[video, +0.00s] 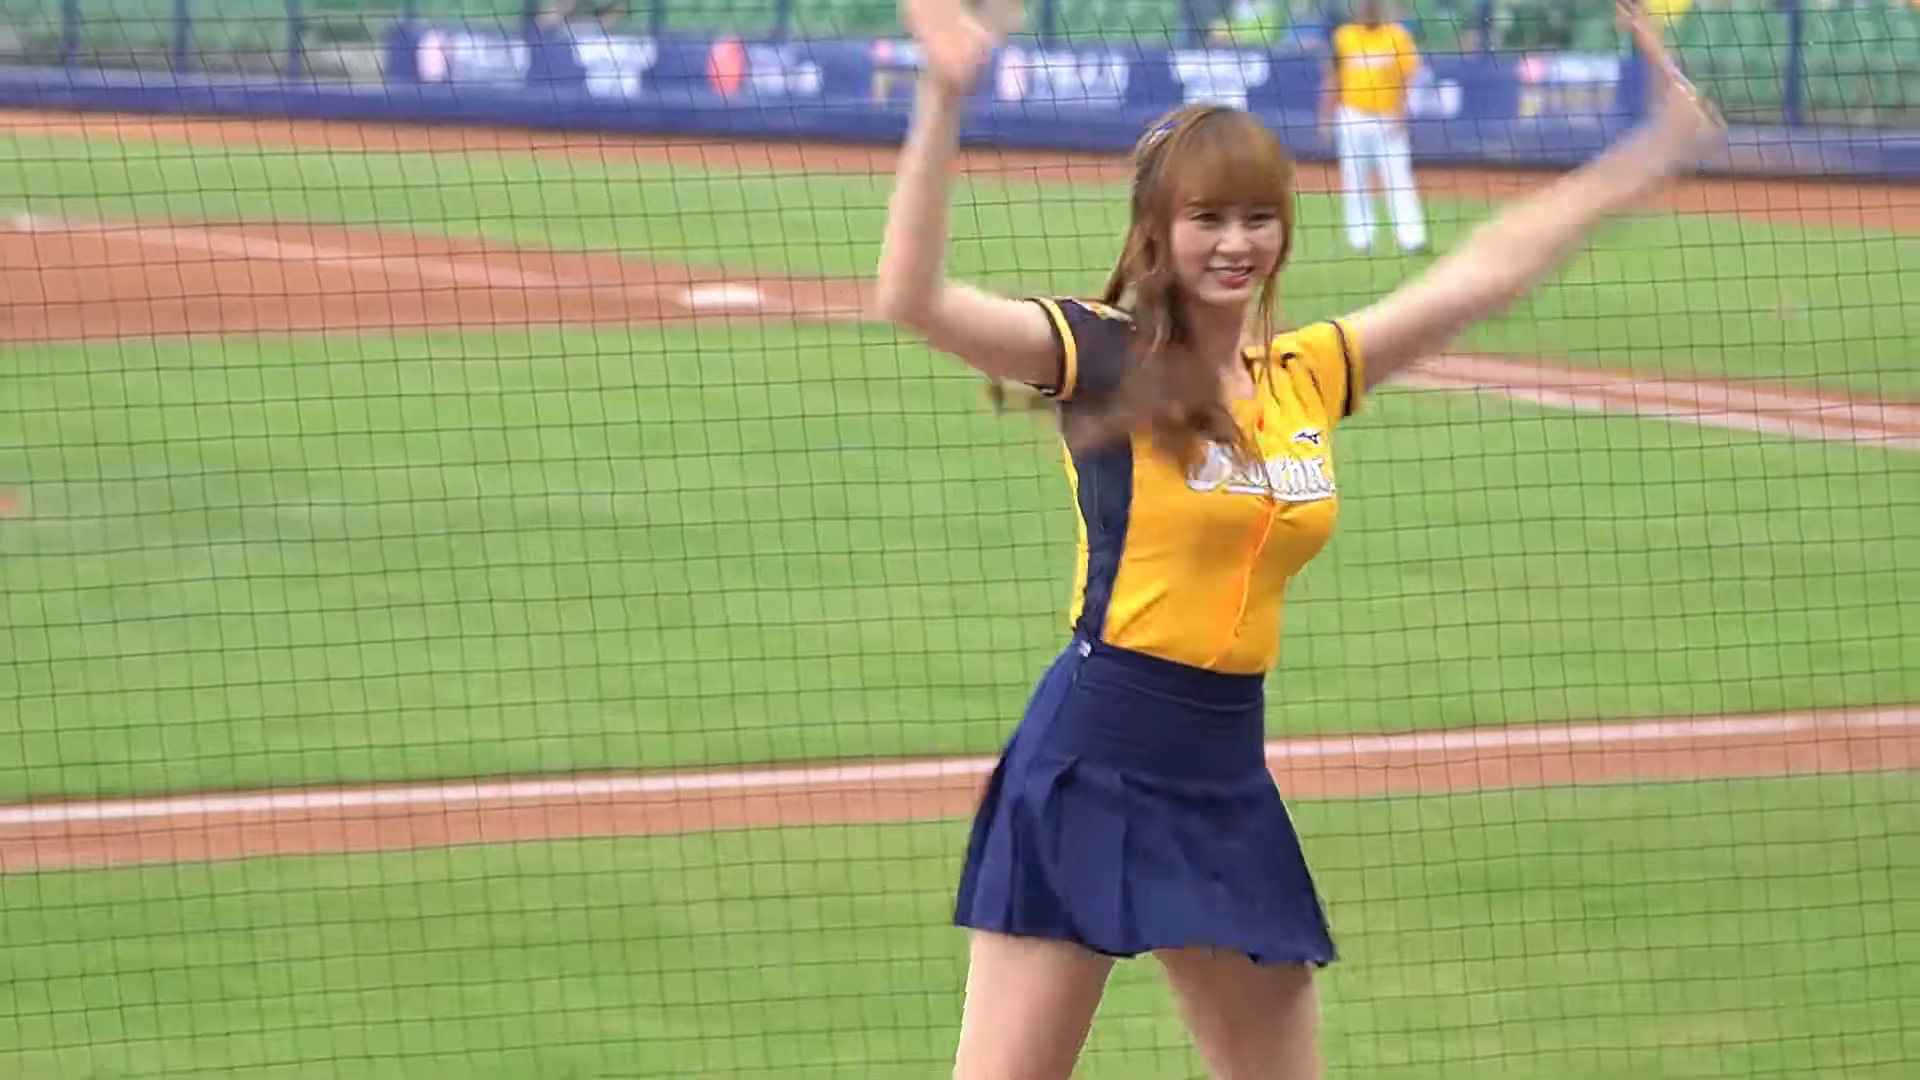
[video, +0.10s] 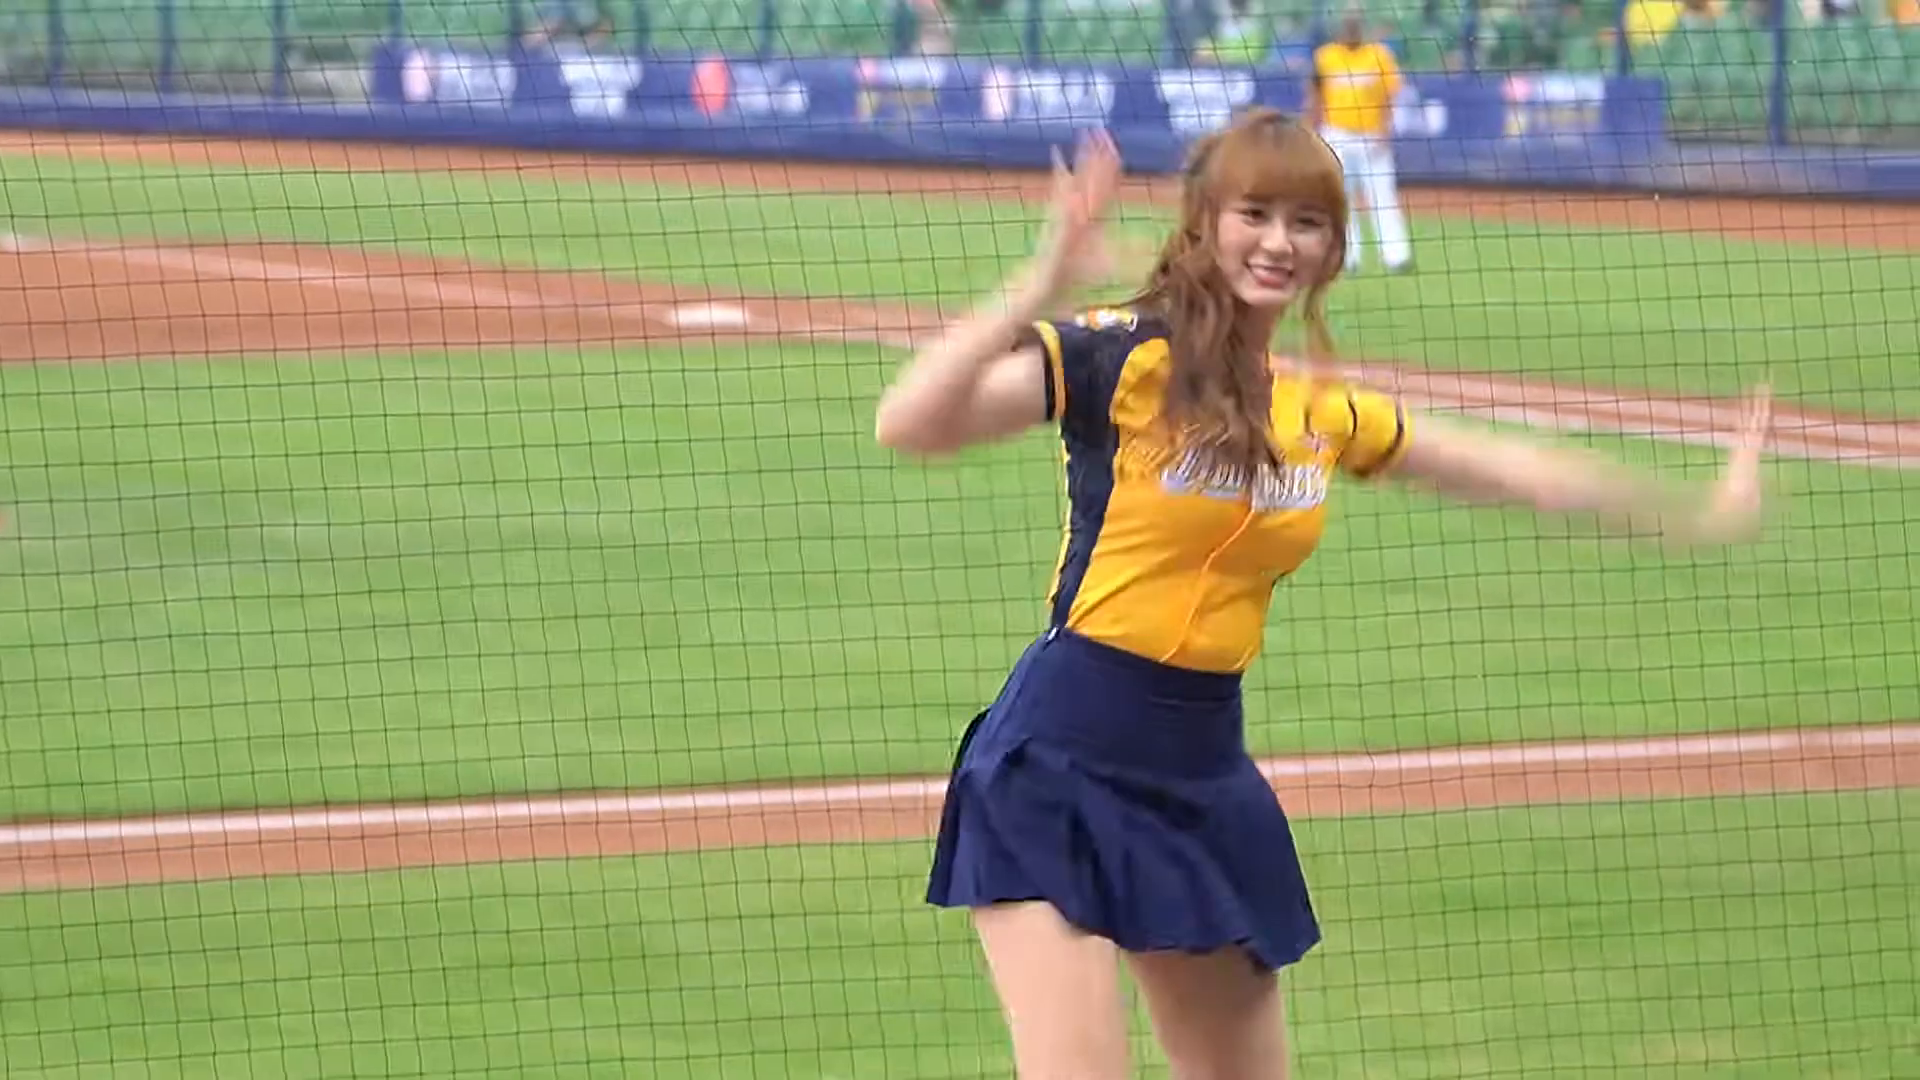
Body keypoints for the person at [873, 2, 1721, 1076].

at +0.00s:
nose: (1237, 240)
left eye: (1260, 216)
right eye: (1209, 216)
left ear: (1288, 230)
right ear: (1157, 231)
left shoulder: (1311, 370)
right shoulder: (1106, 356)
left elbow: (1487, 268)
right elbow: (913, 298)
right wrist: (941, 95)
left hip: (1225, 779)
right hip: (1089, 762)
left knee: (1279, 1064)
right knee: (1005, 1063)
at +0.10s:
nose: (1279, 242)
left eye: (1307, 223)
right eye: (1255, 213)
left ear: (1332, 250)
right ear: (1201, 223)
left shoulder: (1326, 410)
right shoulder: (1112, 358)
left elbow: (1527, 472)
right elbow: (906, 424)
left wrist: (1696, 512)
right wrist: (1038, 284)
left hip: (1202, 775)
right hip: (1055, 759)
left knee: (1251, 1063)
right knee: (1078, 1064)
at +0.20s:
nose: (1295, 306)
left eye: (1321, 287)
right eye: (1270, 277)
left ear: (1343, 314)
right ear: (1218, 288)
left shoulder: (1316, 508)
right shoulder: (1118, 436)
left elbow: (1422, 670)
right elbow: (916, 555)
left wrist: (1538, 816)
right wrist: (1056, 429)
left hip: (1184, 849)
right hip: (1032, 831)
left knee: (1263, 1061)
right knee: (1119, 1068)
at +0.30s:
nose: (1274, 331)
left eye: (1299, 310)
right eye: (1249, 301)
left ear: (1318, 334)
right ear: (1196, 310)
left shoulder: (1302, 532)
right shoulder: (1088, 450)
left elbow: (1391, 740)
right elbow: (876, 538)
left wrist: (1463, 919)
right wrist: (992, 416)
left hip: (1178, 850)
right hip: (1034, 838)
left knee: (1266, 1058)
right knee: (1089, 1063)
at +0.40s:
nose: (1225, 286)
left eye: (1251, 268)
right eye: (1203, 256)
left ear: (1270, 292)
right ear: (1145, 259)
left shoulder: (1259, 461)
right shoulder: (1023, 394)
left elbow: (1408, 622)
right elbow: (791, 406)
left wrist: (1564, 764)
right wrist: (889, 272)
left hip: (1169, 801)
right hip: (1015, 794)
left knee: (1224, 1062)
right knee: (1001, 1065)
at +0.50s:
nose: (1149, 286)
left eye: (1174, 266)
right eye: (1123, 258)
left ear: (1196, 289)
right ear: (1059, 267)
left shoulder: (1208, 433)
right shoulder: (949, 402)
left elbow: (1418, 475)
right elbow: (733, 317)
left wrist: (1620, 511)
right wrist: (762, 146)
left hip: (1140, 814)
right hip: (976, 814)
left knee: (1209, 1069)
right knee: (927, 1066)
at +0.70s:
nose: (1086, 268)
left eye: (1097, 243)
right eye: (1053, 246)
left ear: (1114, 255)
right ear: (984, 271)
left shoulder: (1168, 392)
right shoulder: (923, 437)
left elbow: (1373, 392)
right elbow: (687, 464)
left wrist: (1461, 260)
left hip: (1156, 792)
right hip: (1005, 806)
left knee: (1235, 1065)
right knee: (959, 1066)